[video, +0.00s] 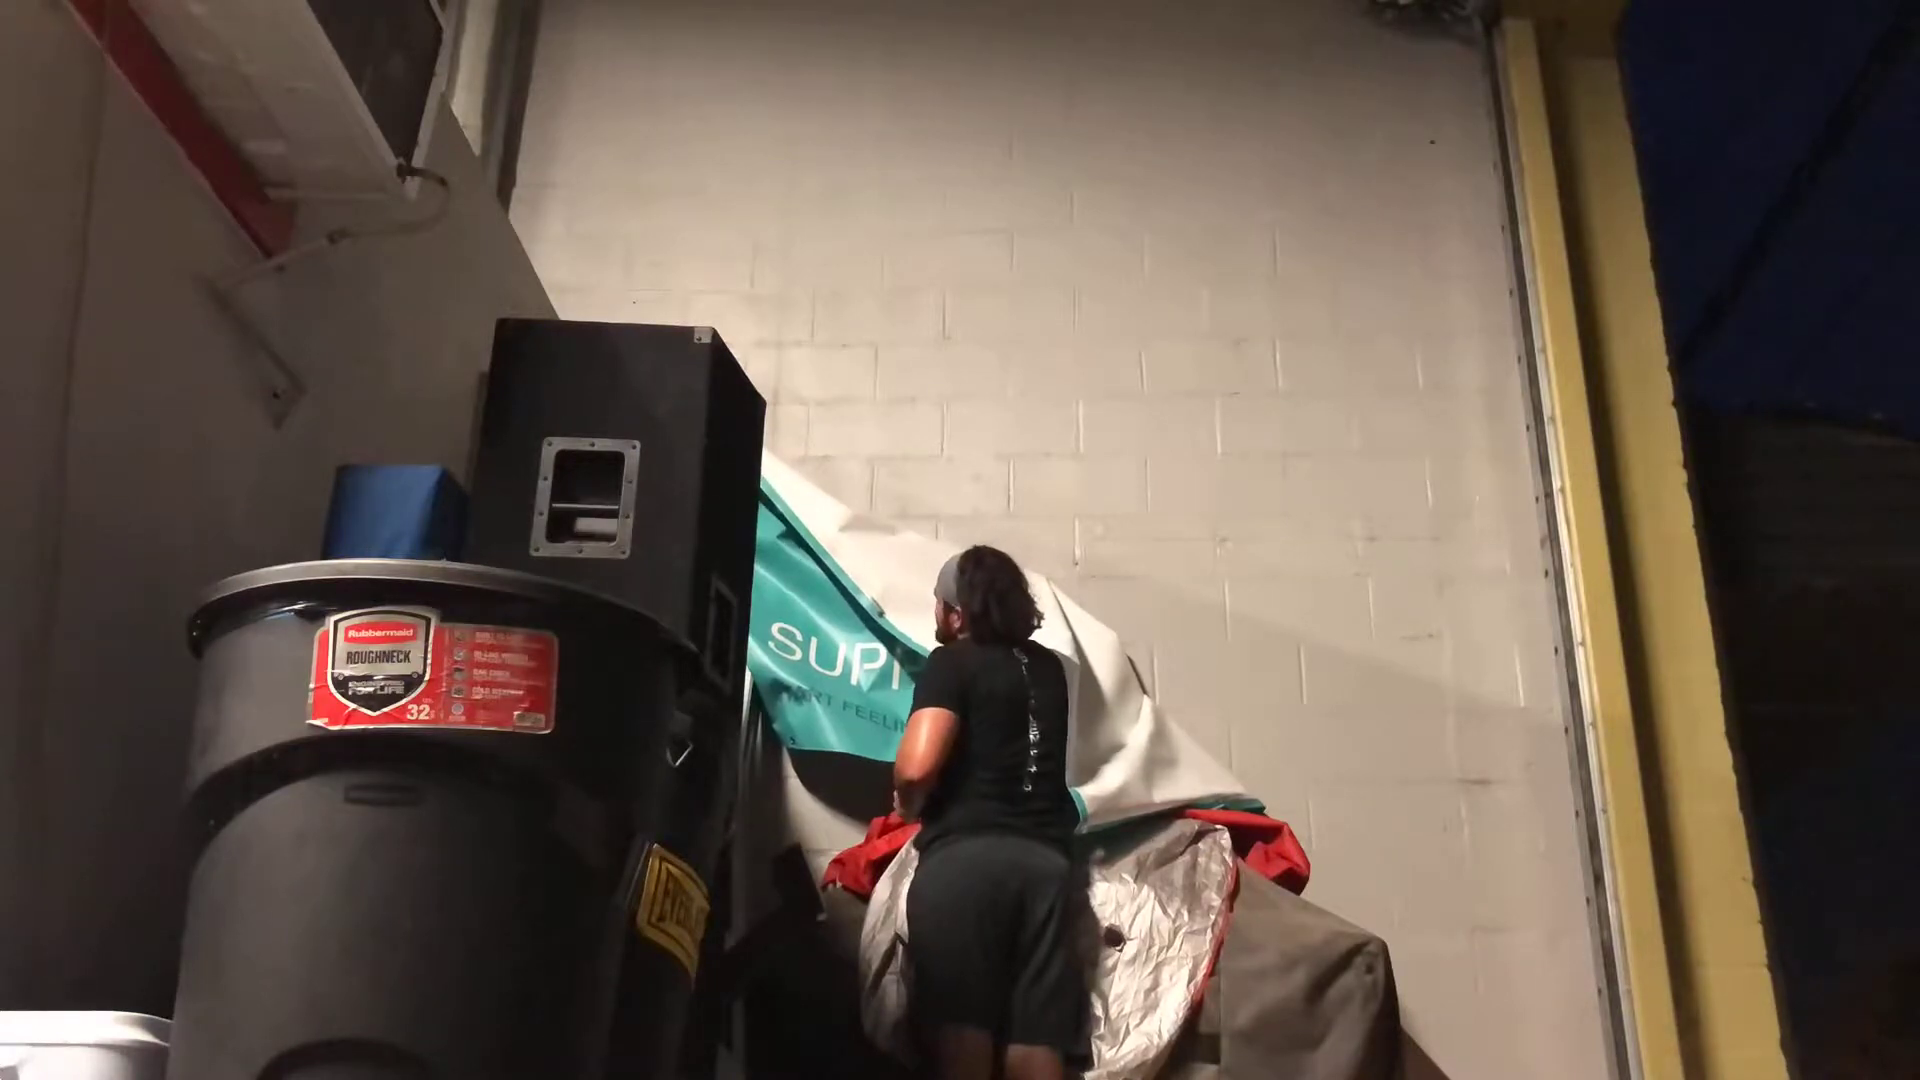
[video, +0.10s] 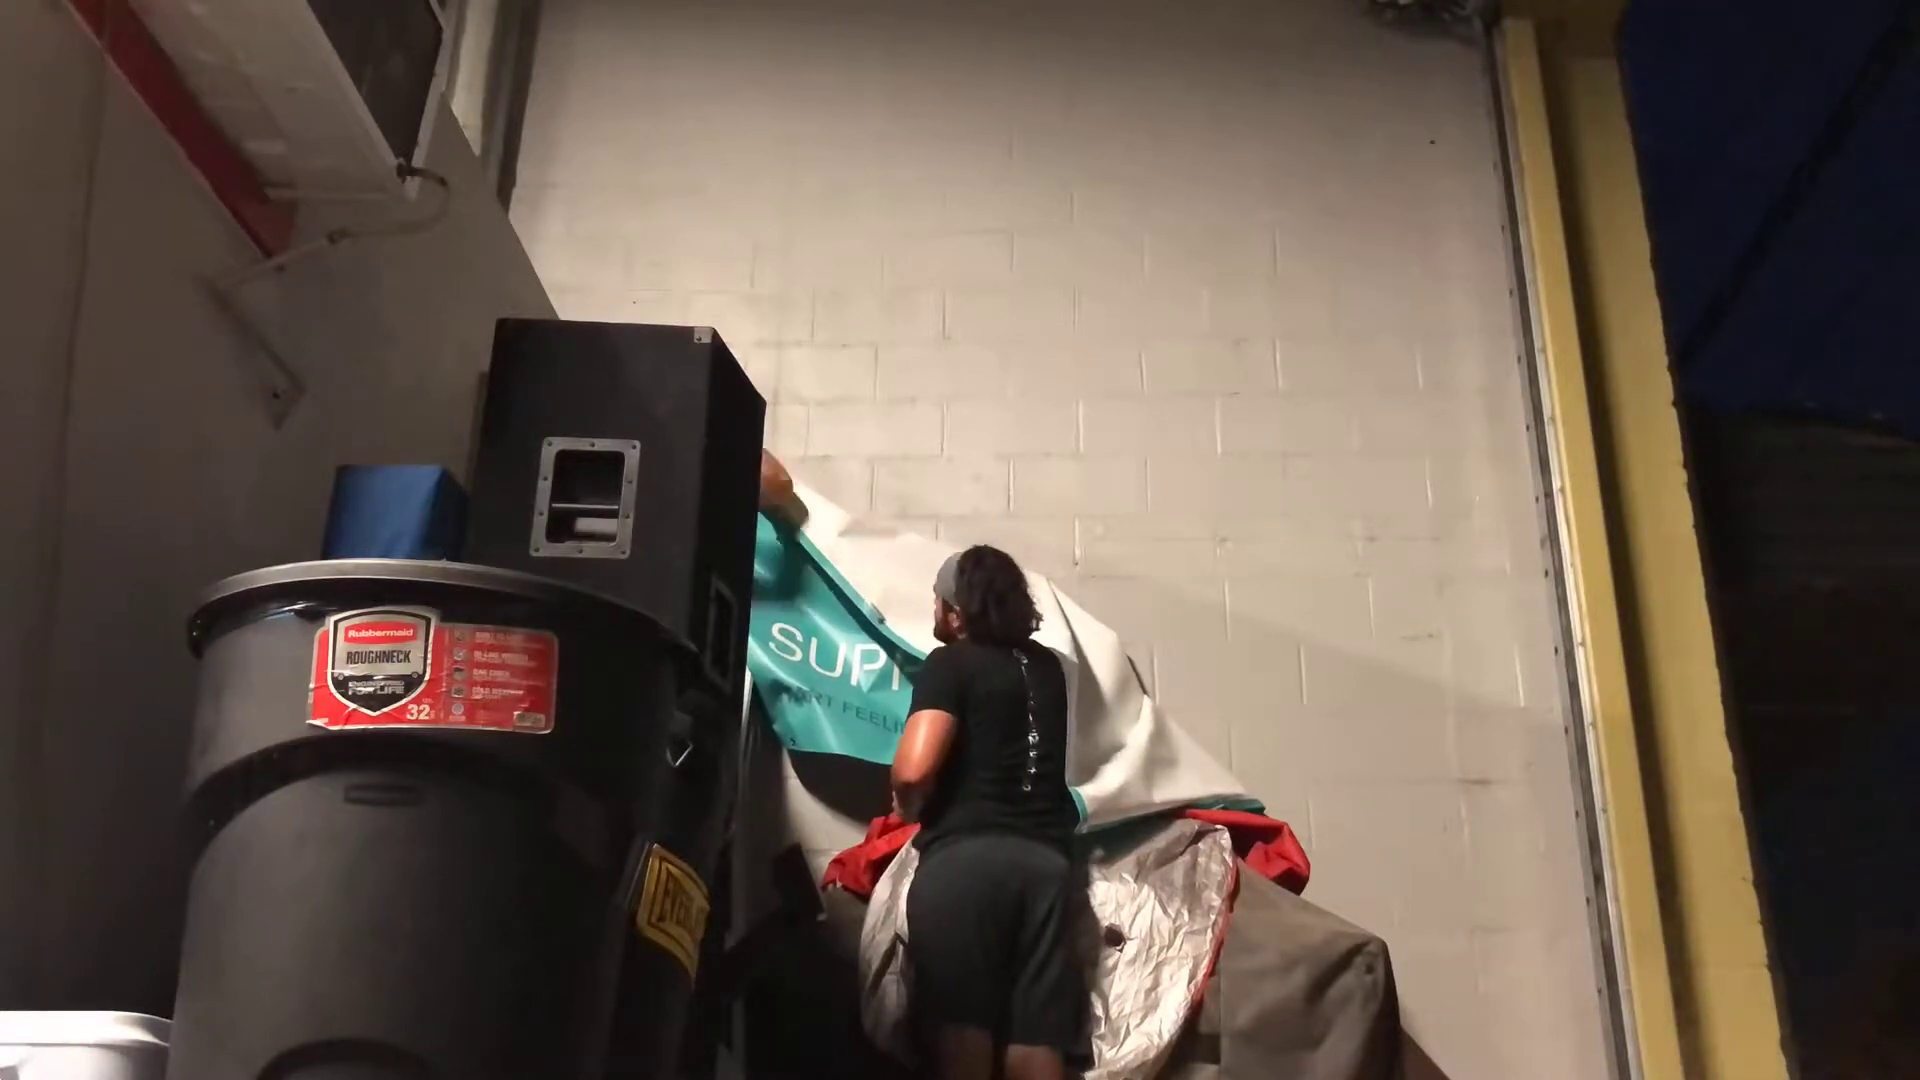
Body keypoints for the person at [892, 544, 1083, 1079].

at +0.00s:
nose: (935, 617)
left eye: (939, 606)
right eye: (937, 605)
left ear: (957, 612)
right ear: (1015, 608)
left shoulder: (952, 661)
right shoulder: (1054, 668)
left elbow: (917, 764)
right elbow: (1045, 760)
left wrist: (907, 802)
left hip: (966, 855)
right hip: (1050, 861)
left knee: (962, 1038)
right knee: (1038, 1046)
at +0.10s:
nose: (934, 613)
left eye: (937, 602)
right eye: (936, 601)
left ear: (957, 612)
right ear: (1013, 607)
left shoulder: (951, 662)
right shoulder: (1052, 667)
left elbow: (913, 767)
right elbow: (1044, 760)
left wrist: (907, 805)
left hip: (966, 855)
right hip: (1049, 862)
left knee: (962, 1038)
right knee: (1038, 1045)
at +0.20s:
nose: (879, 626)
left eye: (881, 615)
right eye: (879, 614)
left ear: (894, 618)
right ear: (956, 604)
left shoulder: (910, 674)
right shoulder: (999, 658)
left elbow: (895, 788)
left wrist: (881, 825)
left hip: (956, 861)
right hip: (1041, 862)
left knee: (958, 1041)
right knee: (1033, 1045)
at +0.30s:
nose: (881, 627)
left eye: (883, 615)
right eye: (881, 615)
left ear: (897, 618)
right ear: (958, 604)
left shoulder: (911, 674)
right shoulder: (1002, 657)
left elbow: (896, 789)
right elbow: (1012, 760)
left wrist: (883, 827)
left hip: (957, 860)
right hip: (1042, 861)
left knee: (958, 1039)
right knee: (1033, 1043)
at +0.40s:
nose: (942, 603)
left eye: (946, 594)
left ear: (952, 603)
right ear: (1018, 603)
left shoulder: (948, 662)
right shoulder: (1047, 668)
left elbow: (914, 771)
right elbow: (1034, 762)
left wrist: (894, 797)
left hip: (962, 859)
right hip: (1045, 863)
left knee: (959, 1040)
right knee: (1036, 1045)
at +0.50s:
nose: (942, 602)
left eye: (946, 593)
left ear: (953, 601)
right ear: (1018, 601)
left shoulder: (949, 661)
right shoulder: (1048, 667)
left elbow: (915, 769)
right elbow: (1036, 761)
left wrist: (892, 795)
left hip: (960, 858)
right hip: (1043, 863)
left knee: (959, 1039)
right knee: (1035, 1045)